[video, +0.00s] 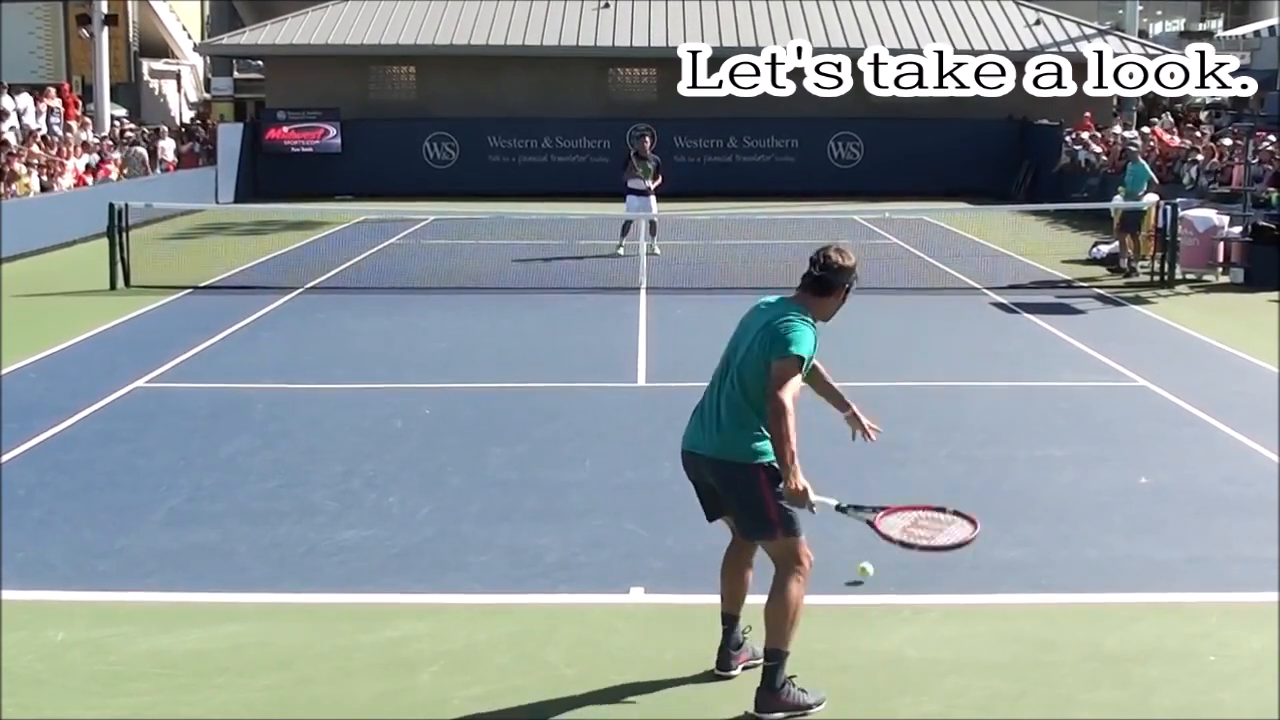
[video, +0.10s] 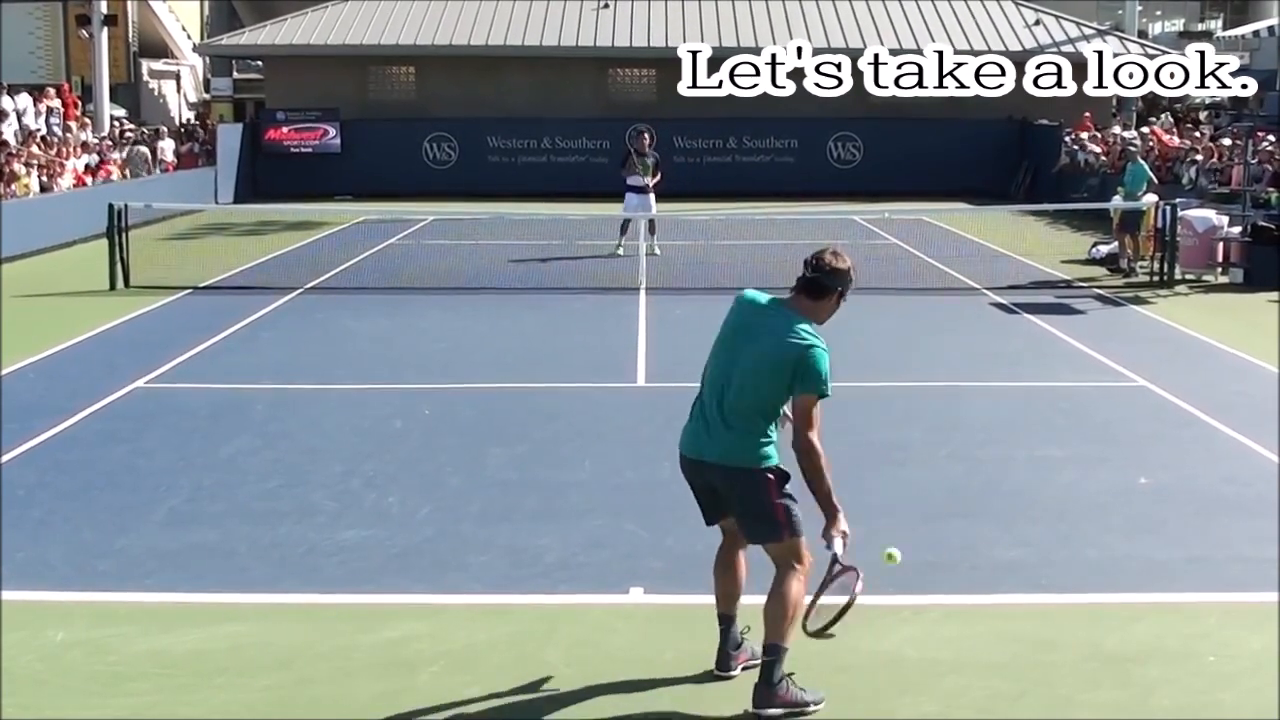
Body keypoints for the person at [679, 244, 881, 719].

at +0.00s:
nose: (843, 305)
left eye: (845, 297)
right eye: (846, 297)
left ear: (805, 280)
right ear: (837, 294)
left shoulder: (767, 308)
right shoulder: (798, 330)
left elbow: (809, 368)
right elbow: (780, 398)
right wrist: (792, 471)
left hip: (701, 449)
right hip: (742, 456)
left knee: (744, 538)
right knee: (795, 562)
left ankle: (731, 647)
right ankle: (774, 687)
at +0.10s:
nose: (838, 310)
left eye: (840, 301)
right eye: (841, 302)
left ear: (800, 282)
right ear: (833, 298)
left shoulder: (747, 302)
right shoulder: (809, 349)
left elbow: (740, 365)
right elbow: (805, 441)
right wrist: (832, 512)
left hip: (697, 453)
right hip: (748, 464)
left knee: (733, 536)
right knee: (794, 562)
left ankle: (729, 648)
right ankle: (773, 682)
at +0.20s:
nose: (830, 304)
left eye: (833, 296)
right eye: (833, 296)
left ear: (791, 275)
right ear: (826, 293)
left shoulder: (733, 293)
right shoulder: (812, 348)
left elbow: (701, 336)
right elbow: (805, 424)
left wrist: (746, 360)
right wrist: (815, 454)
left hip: (698, 451)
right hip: (751, 462)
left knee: (723, 535)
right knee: (789, 558)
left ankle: (728, 648)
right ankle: (774, 677)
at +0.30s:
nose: (822, 286)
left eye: (819, 277)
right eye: (824, 279)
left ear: (784, 260)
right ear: (821, 278)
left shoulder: (726, 287)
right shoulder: (813, 331)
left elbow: (676, 329)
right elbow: (805, 392)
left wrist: (719, 324)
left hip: (701, 445)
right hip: (760, 451)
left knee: (715, 538)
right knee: (777, 548)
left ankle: (726, 650)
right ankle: (778, 660)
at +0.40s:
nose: (814, 267)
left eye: (808, 258)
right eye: (816, 261)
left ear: (773, 248)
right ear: (813, 263)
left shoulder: (723, 280)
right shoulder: (812, 314)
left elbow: (665, 329)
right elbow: (773, 321)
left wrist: (691, 290)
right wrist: (721, 285)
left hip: (705, 437)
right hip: (763, 443)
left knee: (716, 538)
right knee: (774, 538)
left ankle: (725, 649)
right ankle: (788, 649)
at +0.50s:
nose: (797, 253)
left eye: (777, 241)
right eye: (803, 247)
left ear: (763, 240)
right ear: (805, 251)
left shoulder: (722, 281)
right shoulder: (811, 302)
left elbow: (668, 337)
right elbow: (768, 291)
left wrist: (669, 286)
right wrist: (719, 263)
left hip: (710, 433)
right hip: (767, 436)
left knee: (717, 537)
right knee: (780, 540)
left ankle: (724, 649)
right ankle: (790, 657)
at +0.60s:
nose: (768, 243)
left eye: (761, 235)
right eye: (789, 240)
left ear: (755, 239)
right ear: (797, 246)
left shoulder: (727, 288)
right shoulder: (808, 296)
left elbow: (686, 351)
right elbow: (750, 289)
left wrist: (665, 287)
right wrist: (700, 259)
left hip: (712, 438)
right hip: (768, 437)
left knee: (712, 545)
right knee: (784, 545)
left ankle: (722, 651)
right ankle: (791, 664)